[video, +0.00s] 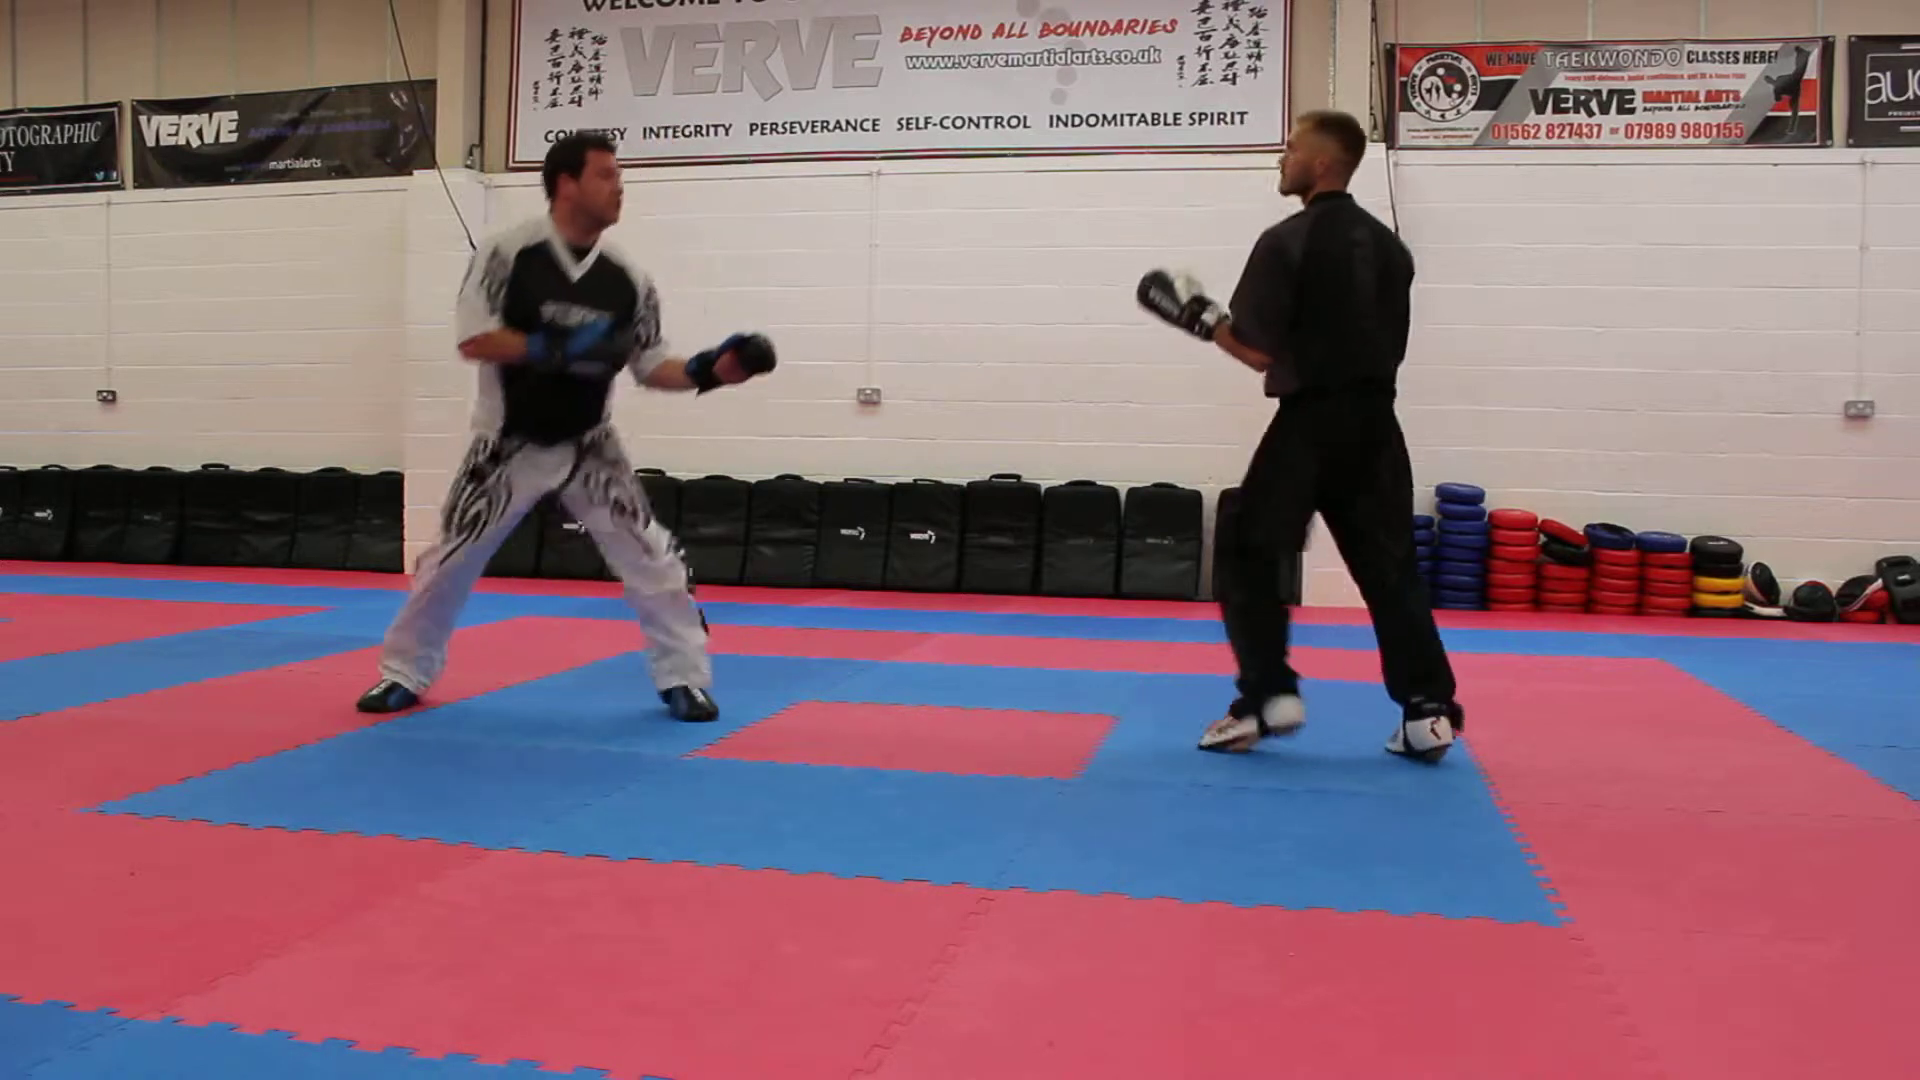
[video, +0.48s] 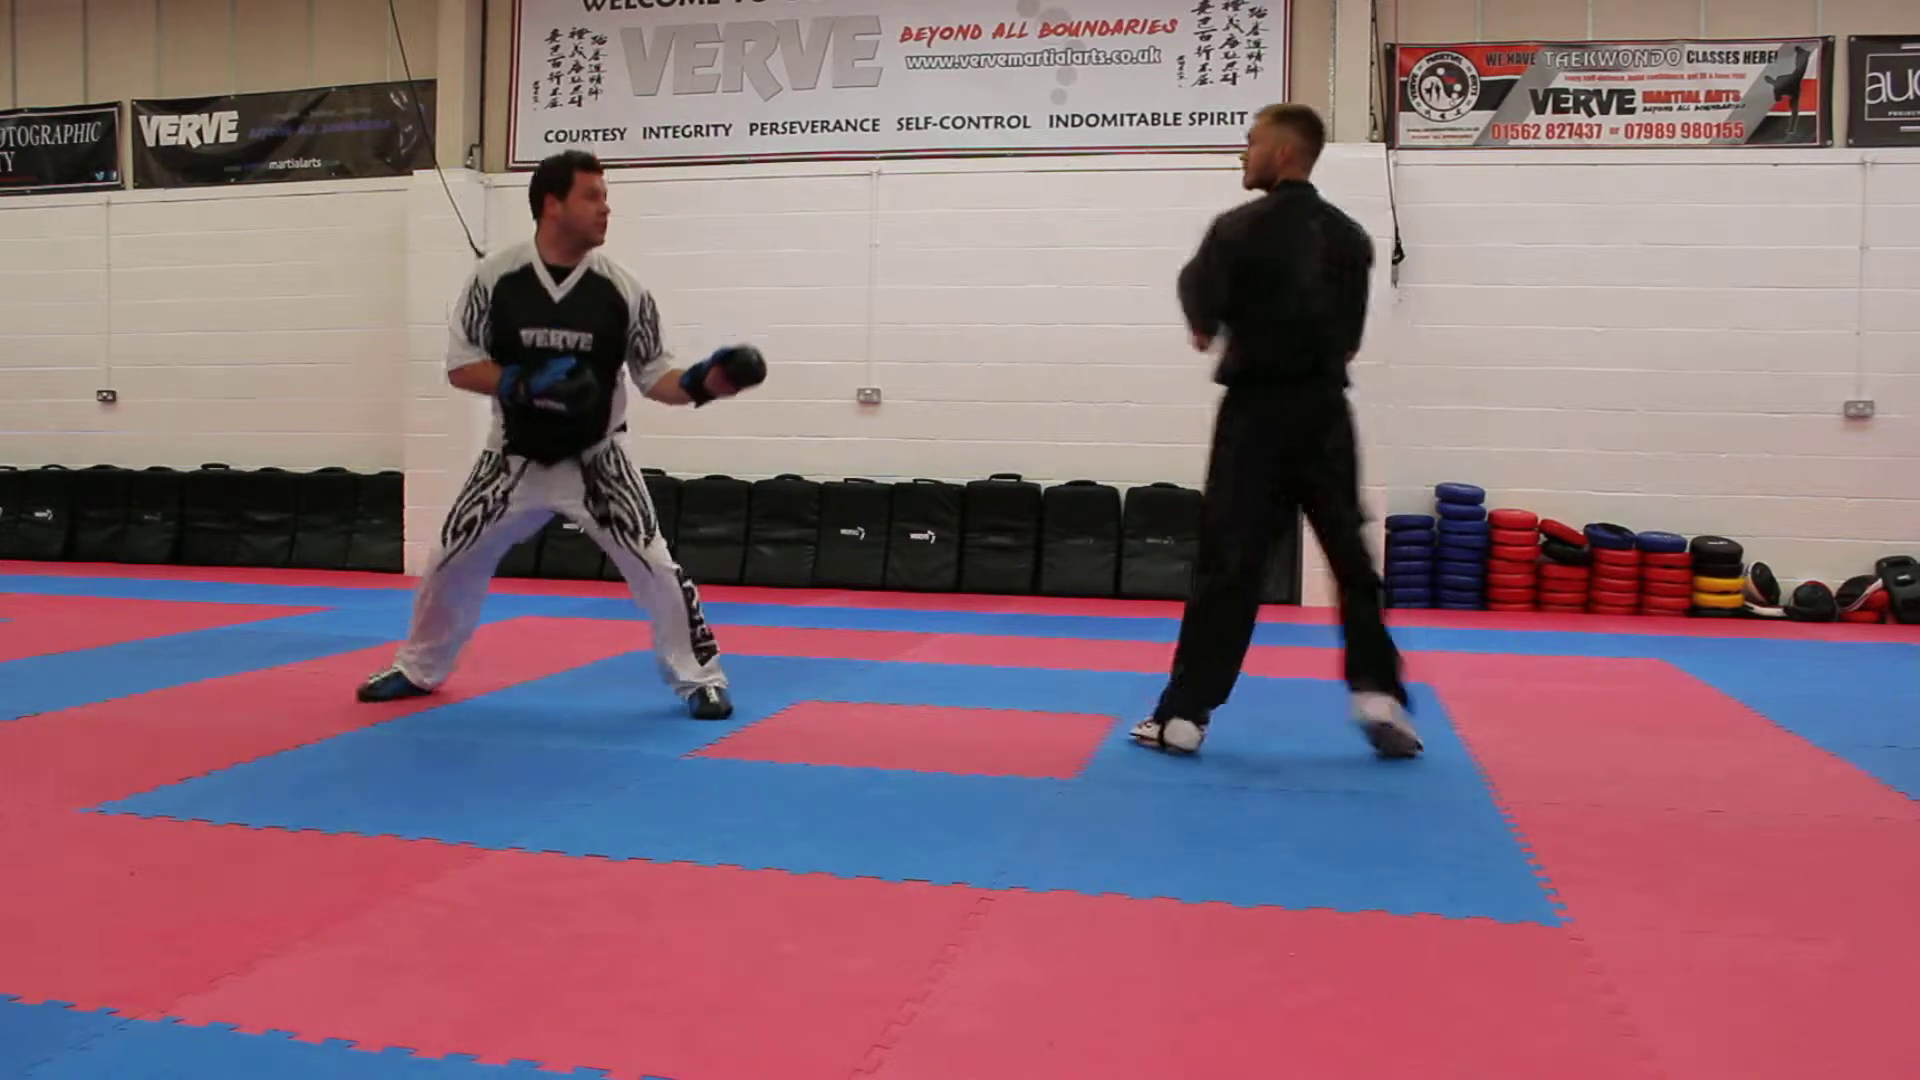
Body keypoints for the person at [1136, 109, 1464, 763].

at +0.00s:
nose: (1282, 158)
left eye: (1290, 148)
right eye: (1287, 147)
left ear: (1321, 162)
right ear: (1342, 168)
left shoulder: (1286, 244)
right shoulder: (1390, 248)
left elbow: (1260, 351)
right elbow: (1388, 350)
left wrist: (1205, 318)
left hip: (1303, 433)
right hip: (1374, 432)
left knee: (1248, 550)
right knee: (1390, 568)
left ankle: (1268, 693)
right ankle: (1428, 709)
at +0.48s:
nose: (1244, 154)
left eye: (1253, 143)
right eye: (1247, 143)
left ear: (1286, 151)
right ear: (1300, 155)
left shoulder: (1238, 230)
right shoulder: (1349, 236)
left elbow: (1200, 307)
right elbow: (1347, 338)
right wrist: (1249, 334)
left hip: (1250, 420)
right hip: (1323, 419)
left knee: (1228, 565)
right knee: (1351, 557)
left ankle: (1185, 716)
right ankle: (1378, 696)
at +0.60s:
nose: (1232, 163)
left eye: (1241, 152)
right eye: (1237, 151)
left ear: (1270, 162)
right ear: (1296, 168)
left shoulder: (1213, 231)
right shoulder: (1327, 252)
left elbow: (1160, 324)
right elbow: (1336, 360)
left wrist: (1135, 295)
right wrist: (1278, 342)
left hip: (1208, 419)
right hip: (1281, 423)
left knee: (1187, 548)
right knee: (1288, 552)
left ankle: (1166, 697)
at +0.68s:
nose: (1226, 183)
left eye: (1235, 172)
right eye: (1230, 172)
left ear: (1268, 182)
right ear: (1282, 189)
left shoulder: (1206, 246)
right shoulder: (1314, 274)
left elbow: (1150, 317)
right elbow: (1333, 380)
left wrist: (1108, 293)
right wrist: (1270, 361)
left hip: (1175, 429)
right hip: (1248, 439)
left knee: (1132, 523)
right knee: (1250, 567)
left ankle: (1112, 625)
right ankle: (1243, 704)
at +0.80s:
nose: (1197, 165)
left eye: (1206, 155)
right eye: (1202, 154)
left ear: (1233, 164)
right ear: (1256, 169)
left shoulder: (1188, 220)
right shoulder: (1279, 259)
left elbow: (1127, 270)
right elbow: (1269, 356)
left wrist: (1071, 239)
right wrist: (1213, 316)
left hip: (1118, 375)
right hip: (1177, 411)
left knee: (1051, 418)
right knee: (1203, 546)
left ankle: (1004, 496)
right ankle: (1225, 699)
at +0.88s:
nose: (1164, 149)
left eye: (1174, 138)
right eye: (1170, 137)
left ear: (1196, 149)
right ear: (1224, 154)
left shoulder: (1153, 205)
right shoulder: (1243, 244)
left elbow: (1074, 252)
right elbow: (1232, 345)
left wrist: (1016, 216)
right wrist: (1169, 318)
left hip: (1079, 351)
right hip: (1137, 395)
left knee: (1017, 320)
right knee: (1146, 526)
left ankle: (931, 412)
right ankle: (1145, 684)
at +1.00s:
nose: (1110, 153)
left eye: (1118, 142)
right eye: (1115, 141)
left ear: (1137, 152)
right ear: (1174, 158)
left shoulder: (1095, 216)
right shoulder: (1198, 253)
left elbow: (1005, 278)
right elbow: (1211, 355)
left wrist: (959, 236)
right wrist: (1147, 338)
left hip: (1032, 347)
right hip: (1086, 399)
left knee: (952, 303)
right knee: (1060, 536)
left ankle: (836, 329)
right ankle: (1047, 691)